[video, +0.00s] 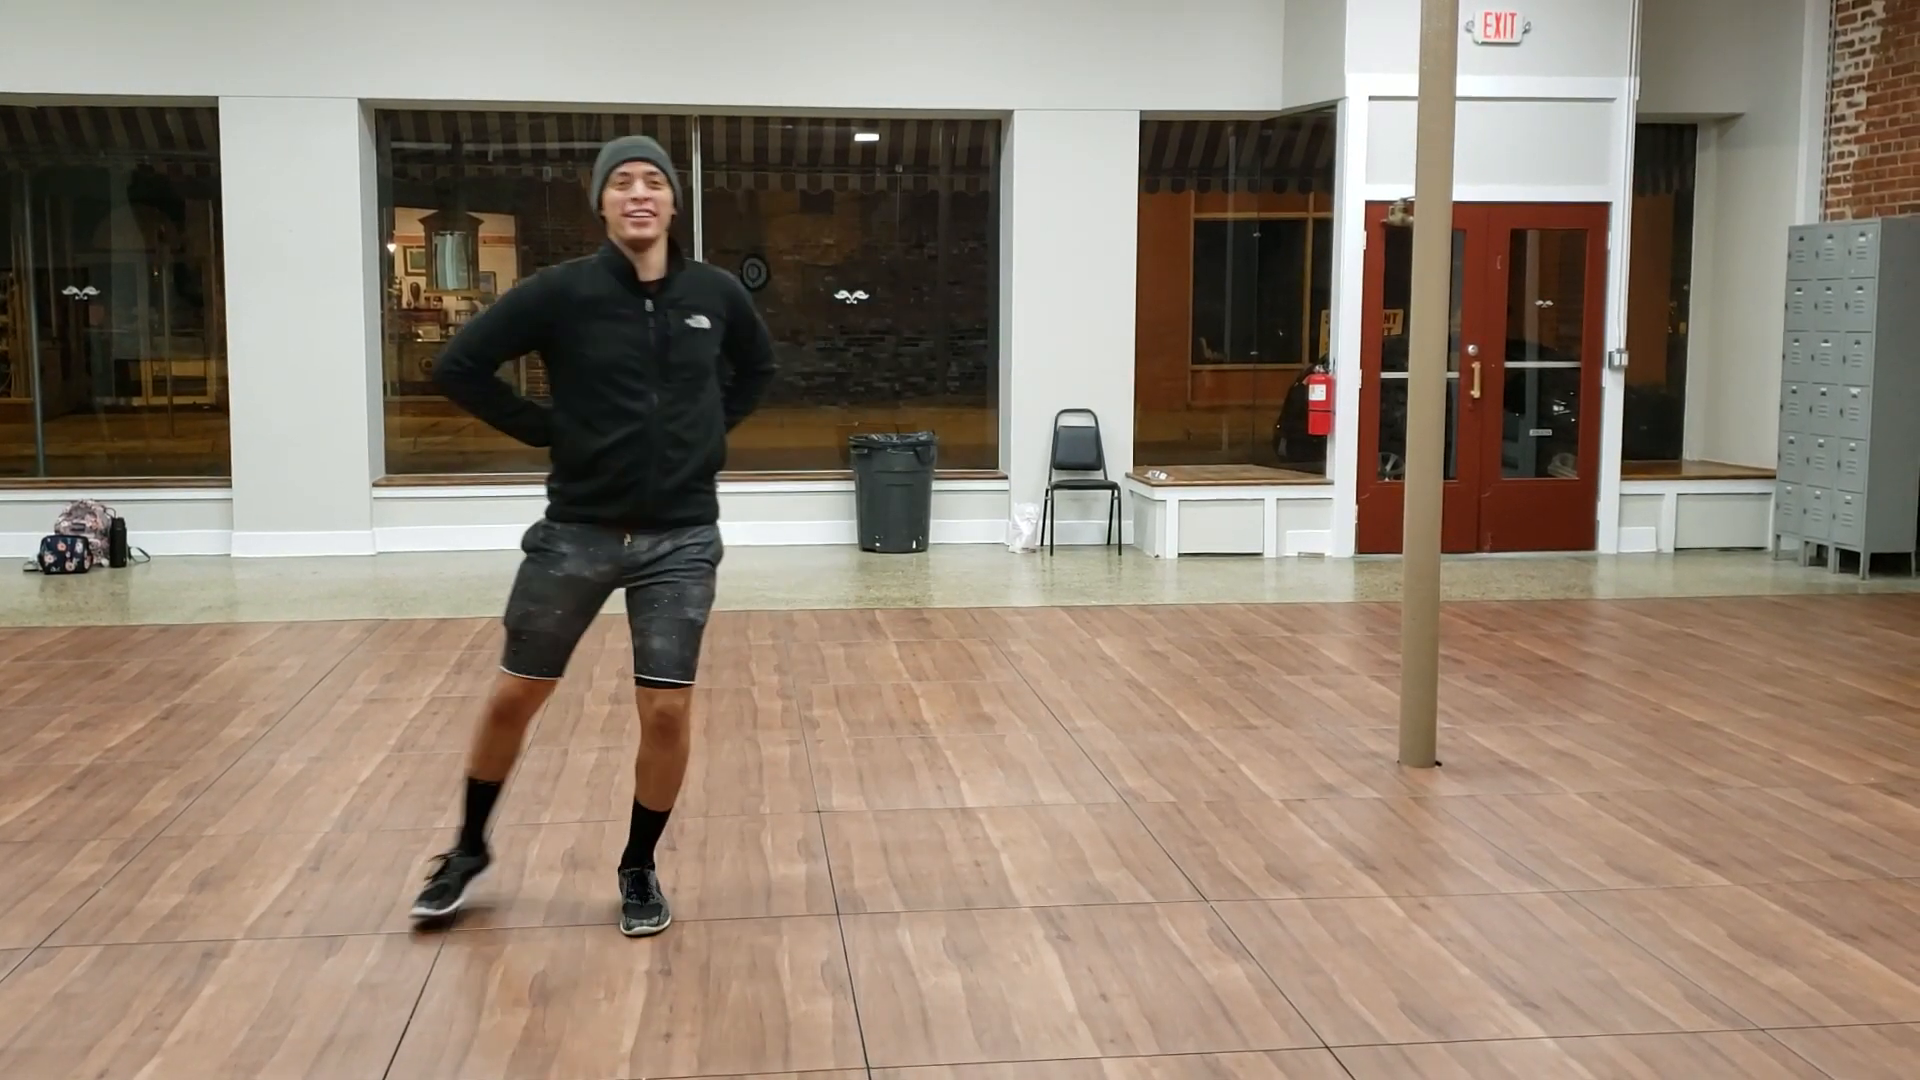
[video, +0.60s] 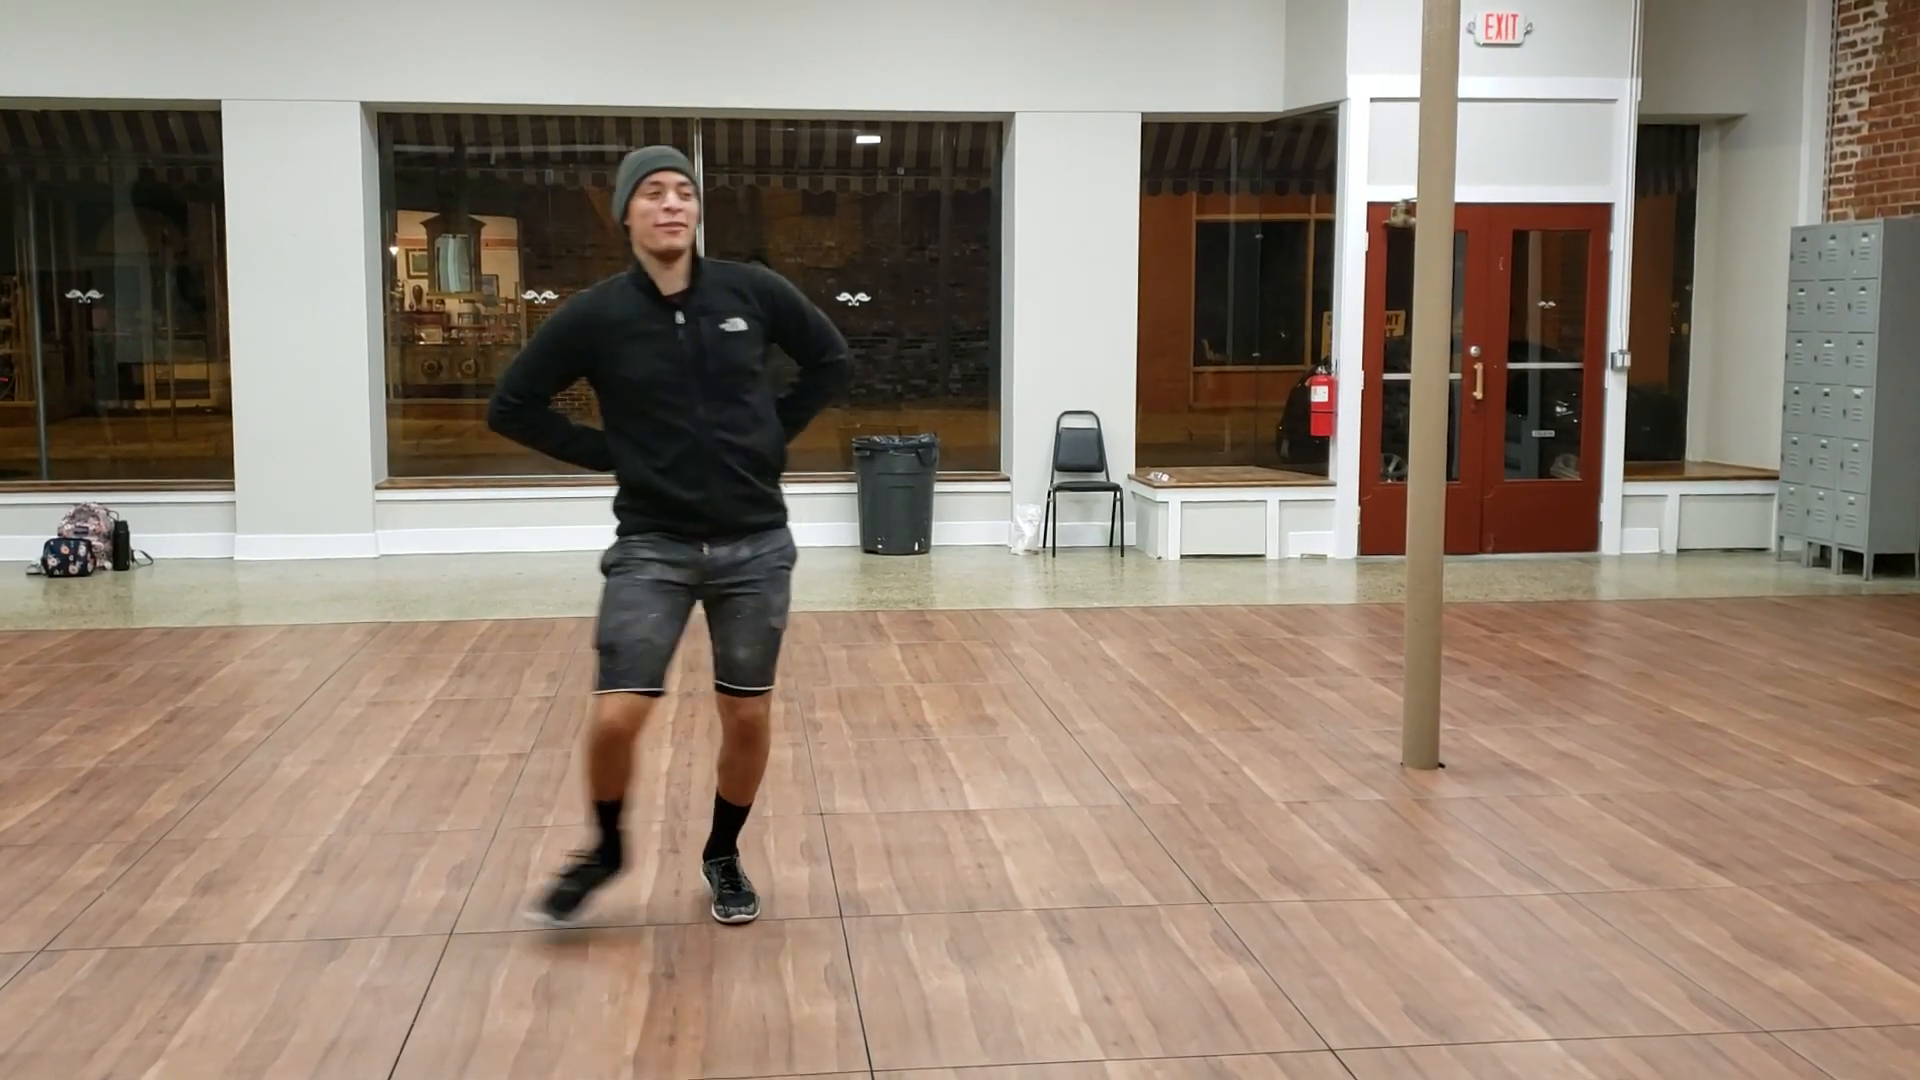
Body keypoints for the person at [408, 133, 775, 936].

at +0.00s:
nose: (639, 195)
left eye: (652, 184)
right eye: (623, 186)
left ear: (675, 203)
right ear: (601, 208)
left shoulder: (717, 293)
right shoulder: (558, 293)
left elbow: (757, 371)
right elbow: (457, 368)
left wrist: (704, 429)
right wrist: (545, 428)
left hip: (680, 535)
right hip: (575, 532)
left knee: (666, 708)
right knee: (515, 692)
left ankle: (639, 868)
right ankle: (468, 847)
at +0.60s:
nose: (671, 205)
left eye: (682, 194)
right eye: (653, 195)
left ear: (698, 214)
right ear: (625, 218)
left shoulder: (754, 291)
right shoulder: (593, 315)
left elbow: (832, 362)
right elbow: (509, 409)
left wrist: (770, 434)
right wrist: (608, 452)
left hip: (753, 539)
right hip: (651, 541)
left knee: (748, 713)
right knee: (615, 715)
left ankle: (722, 856)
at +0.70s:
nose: (705, 209)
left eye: (718, 198)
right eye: (688, 197)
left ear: (735, 220)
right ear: (660, 220)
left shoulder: (784, 299)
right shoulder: (627, 316)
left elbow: (865, 373)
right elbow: (543, 406)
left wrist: (799, 440)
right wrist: (641, 457)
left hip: (779, 546)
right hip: (682, 546)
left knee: (760, 723)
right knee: (688, 716)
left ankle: (724, 857)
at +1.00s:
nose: (790, 232)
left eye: (803, 219)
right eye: (773, 218)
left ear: (819, 236)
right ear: (742, 237)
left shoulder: (869, 316)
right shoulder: (706, 341)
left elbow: (960, 399)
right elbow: (648, 429)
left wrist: (890, 468)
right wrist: (735, 472)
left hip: (878, 568)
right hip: (777, 571)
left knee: (898, 745)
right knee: (814, 746)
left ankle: (813, 824)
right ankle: (874, 916)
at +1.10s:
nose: (822, 214)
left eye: (837, 203)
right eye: (806, 200)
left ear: (852, 222)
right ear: (774, 216)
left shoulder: (898, 304)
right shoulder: (733, 322)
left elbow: (985, 391)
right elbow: (679, 405)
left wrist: (917, 463)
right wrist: (760, 456)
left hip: (904, 554)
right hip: (799, 560)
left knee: (951, 726)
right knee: (823, 736)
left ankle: (921, 851)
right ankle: (873, 915)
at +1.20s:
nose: (855, 200)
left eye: (869, 190)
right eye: (840, 186)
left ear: (883, 210)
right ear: (807, 201)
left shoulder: (922, 295)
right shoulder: (763, 305)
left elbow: (1013, 388)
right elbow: (720, 386)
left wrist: (937, 453)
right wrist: (788, 441)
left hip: (925, 545)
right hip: (820, 552)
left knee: (990, 721)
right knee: (840, 732)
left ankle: (1032, 885)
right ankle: (876, 916)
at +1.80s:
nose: (848, 205)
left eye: (867, 198)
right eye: (838, 189)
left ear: (886, 221)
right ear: (812, 201)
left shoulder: (907, 310)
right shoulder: (775, 298)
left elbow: (995, 414)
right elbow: (729, 364)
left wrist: (913, 466)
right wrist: (775, 423)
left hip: (883, 557)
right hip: (793, 553)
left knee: (894, 735)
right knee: (799, 720)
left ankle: (1006, 868)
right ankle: (870, 857)